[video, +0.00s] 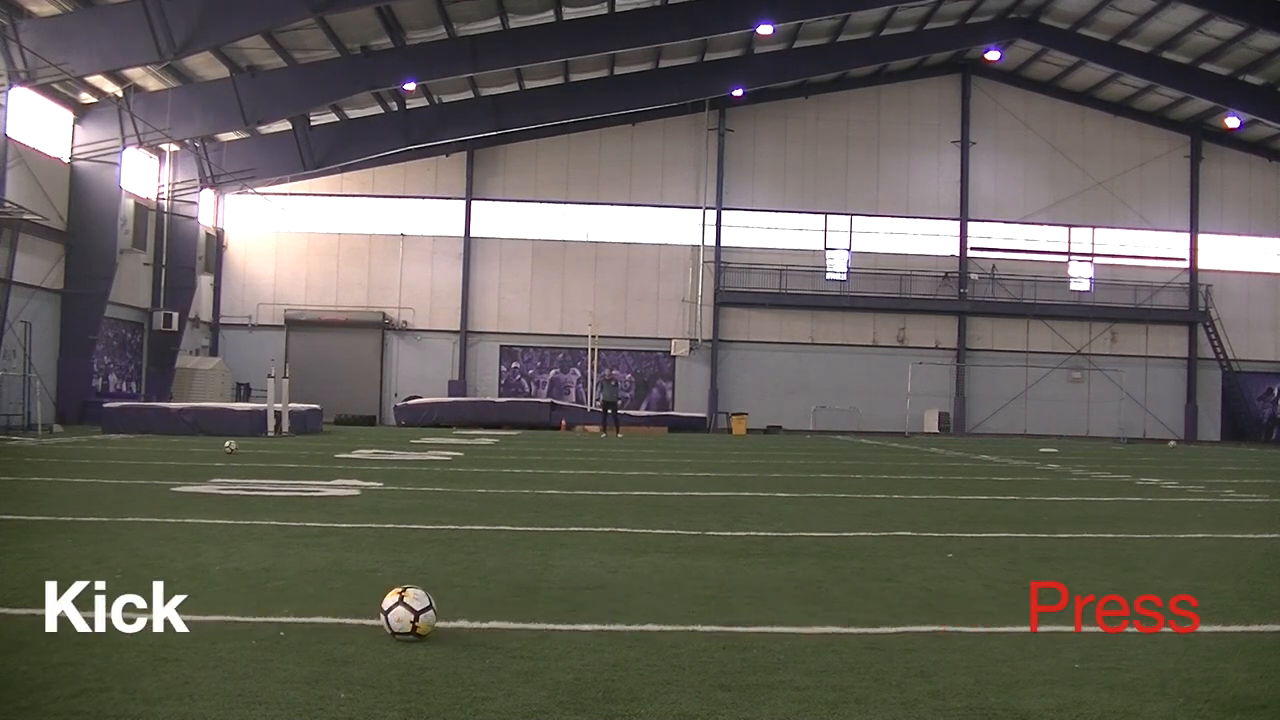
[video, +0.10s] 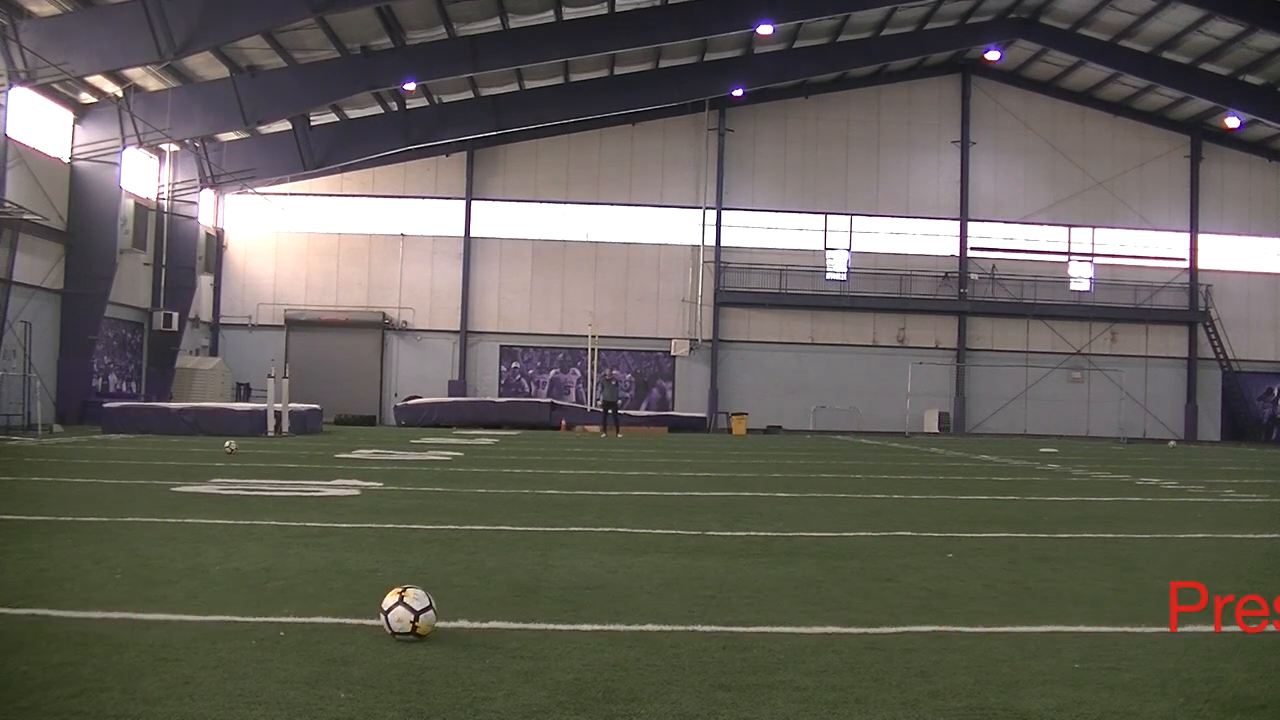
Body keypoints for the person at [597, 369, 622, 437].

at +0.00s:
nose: (608, 374)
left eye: (610, 373)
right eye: (607, 373)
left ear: (612, 373)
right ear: (605, 373)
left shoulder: (615, 381)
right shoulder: (602, 382)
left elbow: (618, 391)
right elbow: (599, 391)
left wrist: (619, 399)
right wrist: (598, 399)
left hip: (613, 401)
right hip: (605, 401)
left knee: (615, 417)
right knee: (604, 417)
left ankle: (617, 432)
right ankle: (604, 432)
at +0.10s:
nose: (608, 375)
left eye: (610, 373)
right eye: (607, 373)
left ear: (612, 373)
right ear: (605, 373)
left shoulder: (615, 381)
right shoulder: (602, 381)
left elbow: (618, 391)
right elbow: (599, 391)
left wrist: (619, 399)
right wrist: (598, 399)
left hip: (614, 401)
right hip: (605, 401)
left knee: (615, 417)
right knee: (604, 417)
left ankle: (617, 432)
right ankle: (604, 432)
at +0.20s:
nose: (609, 373)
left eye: (610, 372)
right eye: (608, 372)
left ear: (612, 373)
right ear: (606, 372)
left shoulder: (615, 381)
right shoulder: (603, 381)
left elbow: (618, 391)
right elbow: (600, 390)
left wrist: (619, 398)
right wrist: (599, 399)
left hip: (614, 401)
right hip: (606, 401)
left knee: (616, 417)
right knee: (604, 417)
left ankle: (617, 432)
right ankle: (604, 432)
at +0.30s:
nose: (609, 373)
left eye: (610, 372)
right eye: (608, 372)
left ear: (612, 372)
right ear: (606, 372)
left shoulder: (616, 381)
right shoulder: (603, 381)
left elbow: (619, 391)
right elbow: (600, 390)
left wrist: (619, 398)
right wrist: (599, 399)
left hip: (614, 401)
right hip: (606, 401)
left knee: (616, 417)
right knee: (604, 417)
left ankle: (617, 432)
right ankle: (604, 432)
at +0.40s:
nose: (609, 373)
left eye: (610, 372)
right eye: (608, 372)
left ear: (612, 372)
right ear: (606, 372)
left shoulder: (616, 381)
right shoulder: (603, 381)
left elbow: (619, 390)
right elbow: (600, 390)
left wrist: (620, 398)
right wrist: (599, 399)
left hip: (615, 401)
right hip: (606, 400)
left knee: (616, 417)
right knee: (605, 417)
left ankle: (617, 432)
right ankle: (604, 432)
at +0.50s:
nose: (609, 374)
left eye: (610, 372)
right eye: (608, 372)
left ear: (612, 373)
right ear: (606, 373)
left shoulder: (616, 381)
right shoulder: (604, 381)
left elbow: (619, 390)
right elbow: (601, 390)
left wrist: (620, 398)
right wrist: (599, 399)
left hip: (615, 401)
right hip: (606, 401)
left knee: (616, 417)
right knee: (605, 417)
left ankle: (618, 432)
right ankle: (604, 432)